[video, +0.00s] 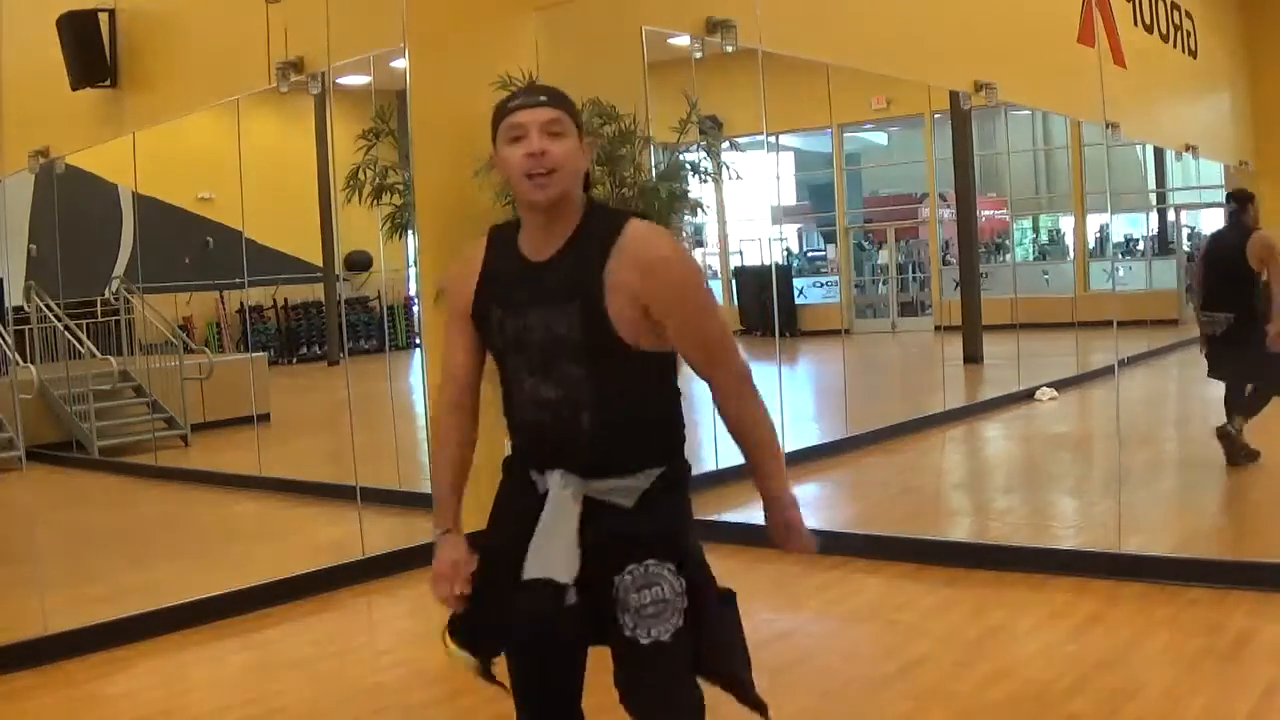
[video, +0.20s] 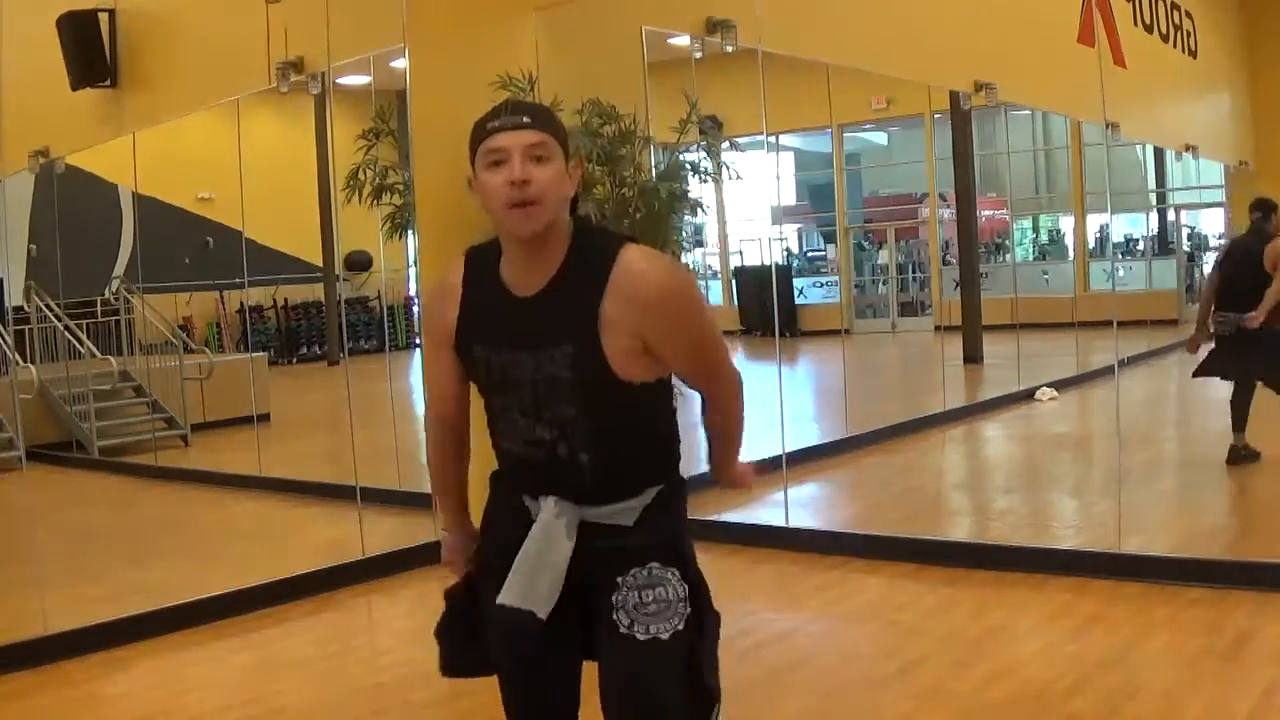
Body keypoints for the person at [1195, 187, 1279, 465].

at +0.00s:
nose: (1257, 214)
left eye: (1255, 208)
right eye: (1256, 209)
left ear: (1230, 210)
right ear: (1249, 208)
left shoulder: (1212, 241)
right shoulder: (1262, 242)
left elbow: (1202, 289)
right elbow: (1274, 288)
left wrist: (1203, 332)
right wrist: (1274, 323)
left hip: (1217, 324)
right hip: (1248, 324)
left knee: (1234, 380)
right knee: (1271, 379)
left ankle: (1236, 446)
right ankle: (1235, 424)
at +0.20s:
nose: (1278, 224)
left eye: (1277, 219)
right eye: (1276, 219)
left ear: (1252, 217)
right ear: (1267, 218)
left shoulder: (1233, 246)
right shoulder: (1273, 247)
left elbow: (1211, 285)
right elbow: (1275, 286)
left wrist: (1199, 328)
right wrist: (1261, 312)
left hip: (1232, 328)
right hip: (1262, 330)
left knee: (1244, 383)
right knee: (1245, 384)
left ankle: (1238, 444)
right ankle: (1238, 444)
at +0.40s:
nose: (1278, 221)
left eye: (1277, 218)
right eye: (1279, 218)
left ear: (1275, 221)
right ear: (1277, 221)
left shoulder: (1258, 252)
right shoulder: (1266, 252)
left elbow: (1241, 296)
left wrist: (1228, 328)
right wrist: (1277, 331)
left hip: (1250, 334)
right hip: (1270, 337)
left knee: (1254, 387)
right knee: (1255, 388)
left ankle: (1239, 443)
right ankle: (1239, 443)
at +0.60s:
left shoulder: (1275, 256)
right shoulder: (1275, 257)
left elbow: (1261, 301)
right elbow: (1262, 301)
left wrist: (1253, 336)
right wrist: (1253, 337)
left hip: (1268, 335)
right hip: (1272, 335)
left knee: (1270, 383)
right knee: (1270, 383)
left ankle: (1242, 438)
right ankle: (1242, 438)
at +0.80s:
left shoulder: (1274, 284)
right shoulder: (1274, 284)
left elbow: (1271, 307)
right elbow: (1272, 307)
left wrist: (1267, 333)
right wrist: (1267, 333)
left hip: (1273, 329)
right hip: (1274, 329)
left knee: (1274, 381)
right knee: (1275, 381)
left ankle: (1247, 433)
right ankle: (1246, 434)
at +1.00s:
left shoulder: (1276, 284)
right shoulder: (1276, 284)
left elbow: (1275, 301)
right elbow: (1275, 301)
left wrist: (1274, 331)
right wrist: (1274, 331)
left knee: (1277, 382)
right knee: (1277, 382)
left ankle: (1260, 427)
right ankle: (1260, 427)